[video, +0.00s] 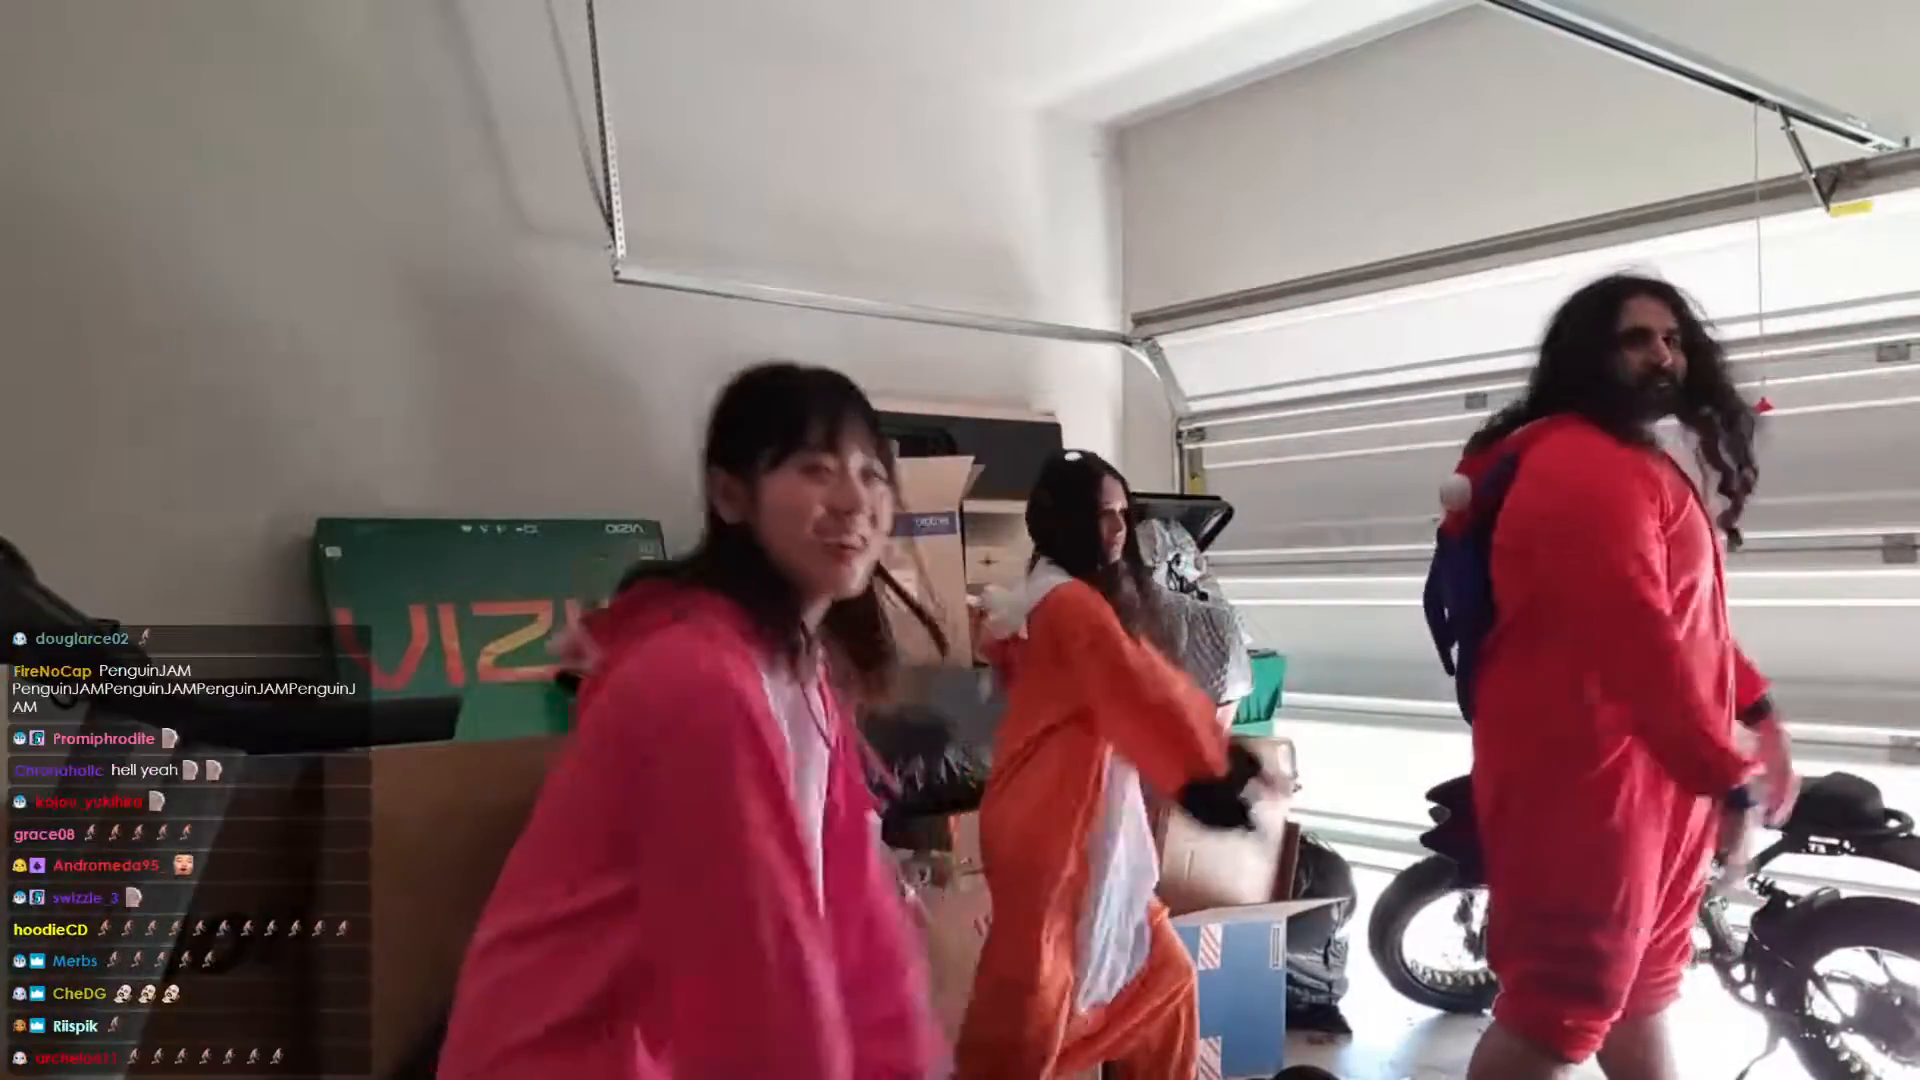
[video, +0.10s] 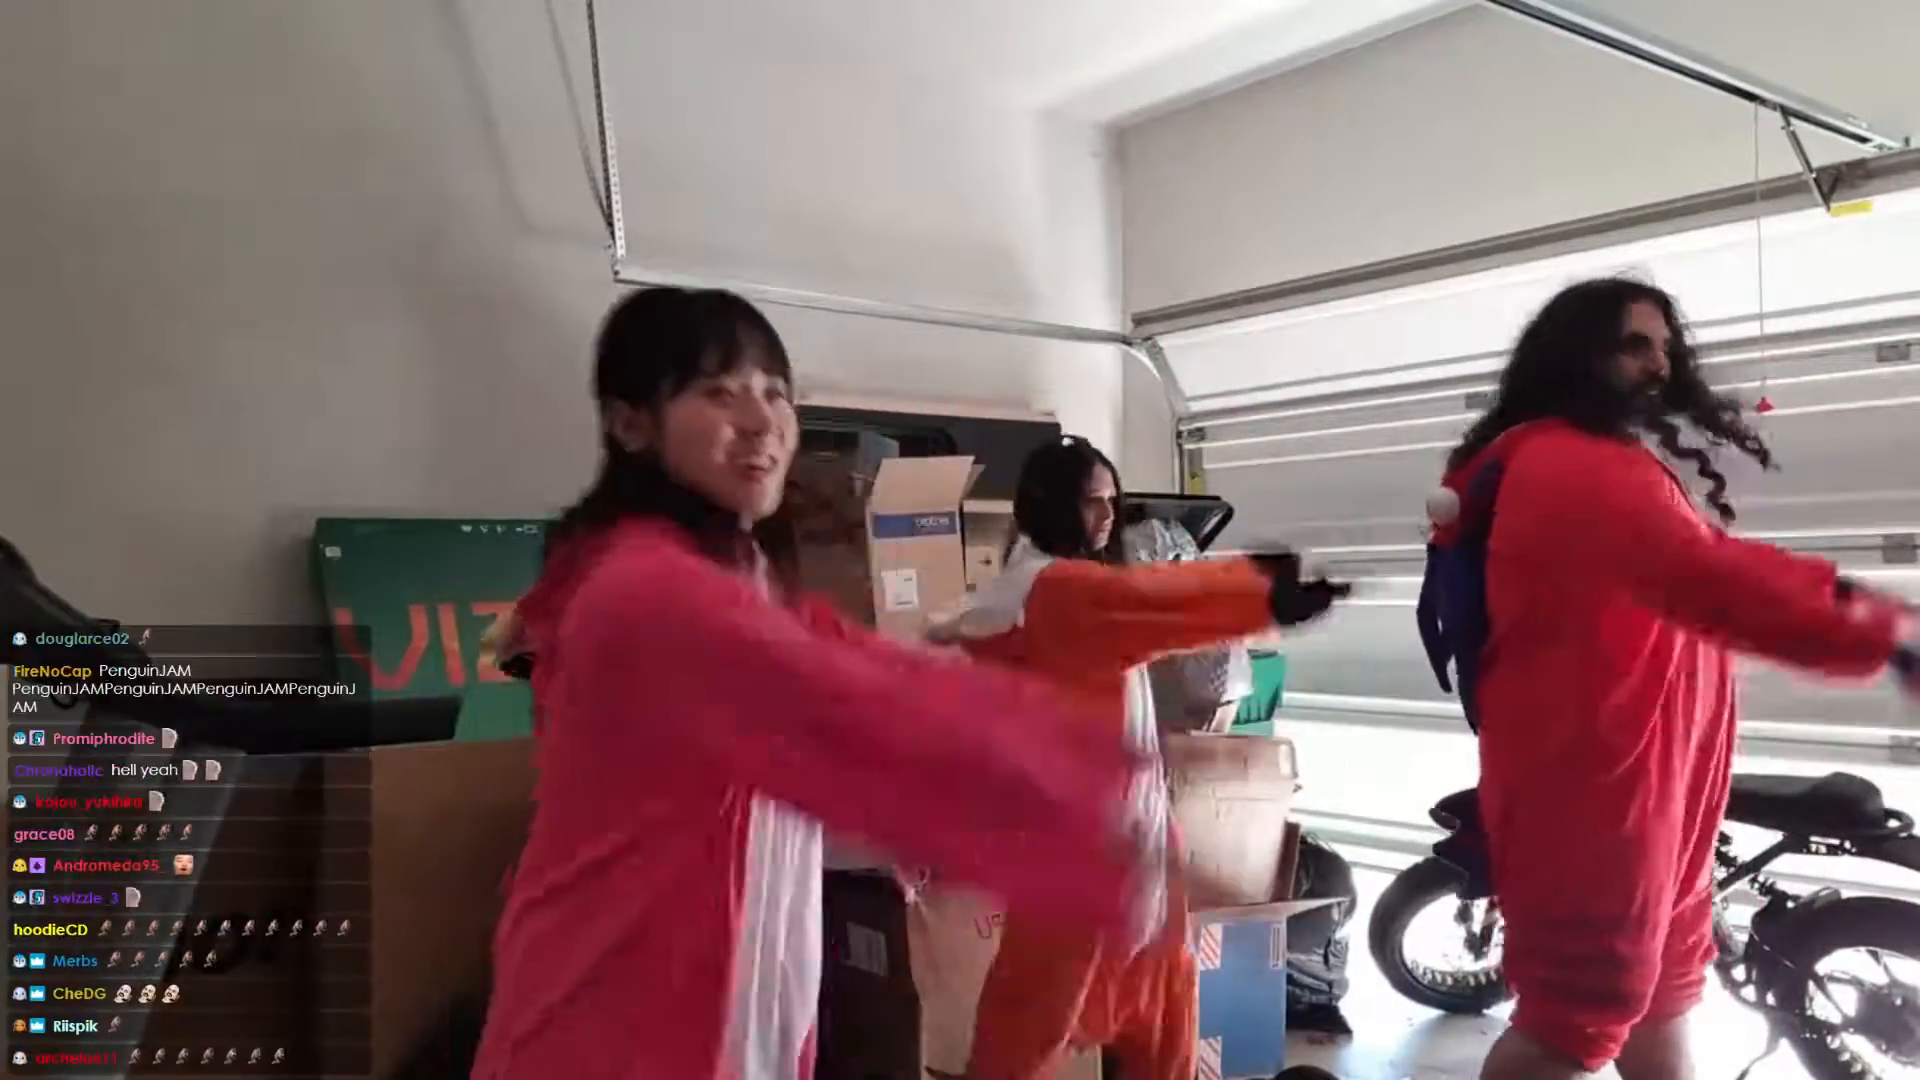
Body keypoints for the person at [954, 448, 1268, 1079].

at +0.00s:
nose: (1120, 530)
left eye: (1123, 516)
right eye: (1106, 516)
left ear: (1127, 518)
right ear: (1067, 520)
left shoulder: (1082, 599)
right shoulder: (1067, 602)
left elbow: (1153, 681)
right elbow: (1137, 688)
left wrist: (1217, 757)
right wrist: (1216, 765)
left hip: (1092, 818)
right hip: (1046, 820)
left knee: (1167, 975)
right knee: (1032, 981)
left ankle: (1159, 1077)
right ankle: (998, 1073)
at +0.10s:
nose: (1106, 513)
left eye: (1110, 499)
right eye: (1091, 500)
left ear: (1116, 502)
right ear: (1054, 504)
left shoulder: (1080, 581)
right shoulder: (1052, 584)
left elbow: (1162, 591)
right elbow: (1155, 595)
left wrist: (1254, 574)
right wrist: (1269, 590)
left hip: (1135, 802)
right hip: (1079, 809)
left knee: (1162, 970)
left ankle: (1160, 1069)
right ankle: (999, 1069)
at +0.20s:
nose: (1119, 527)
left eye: (1119, 514)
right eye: (1101, 516)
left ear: (1118, 521)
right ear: (1064, 530)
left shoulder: (1105, 604)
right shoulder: (1063, 608)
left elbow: (1147, 559)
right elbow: (1138, 566)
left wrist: (1204, 500)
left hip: (1155, 826)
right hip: (1096, 835)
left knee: (1192, 980)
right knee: (1061, 1002)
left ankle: (1173, 1069)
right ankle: (1032, 1067)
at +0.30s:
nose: (1133, 534)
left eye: (1128, 522)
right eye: (1118, 524)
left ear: (1058, 549)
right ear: (1091, 545)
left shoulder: (1107, 626)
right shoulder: (1075, 626)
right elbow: (1148, 552)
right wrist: (1162, 443)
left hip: (1162, 826)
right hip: (1107, 838)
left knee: (1219, 977)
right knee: (1094, 1015)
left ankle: (1181, 1068)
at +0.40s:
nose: (1135, 532)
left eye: (1133, 520)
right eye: (1123, 521)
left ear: (1066, 537)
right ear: (1102, 537)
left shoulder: (1079, 606)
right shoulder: (1077, 612)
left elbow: (1139, 519)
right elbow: (1162, 557)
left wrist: (1176, 449)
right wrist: (1244, 459)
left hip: (1137, 804)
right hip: (1090, 816)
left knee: (1202, 952)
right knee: (1097, 973)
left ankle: (1192, 1068)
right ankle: (1066, 1066)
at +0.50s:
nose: (1121, 517)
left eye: (1127, 502)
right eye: (1107, 504)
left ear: (1133, 503)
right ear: (1070, 508)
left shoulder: (1106, 573)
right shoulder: (1058, 582)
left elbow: (1168, 558)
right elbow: (1149, 602)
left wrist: (1239, 559)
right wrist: (1237, 582)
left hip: (1110, 782)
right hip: (1051, 790)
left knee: (1159, 918)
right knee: (1047, 934)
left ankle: (1167, 1061)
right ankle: (1019, 1068)